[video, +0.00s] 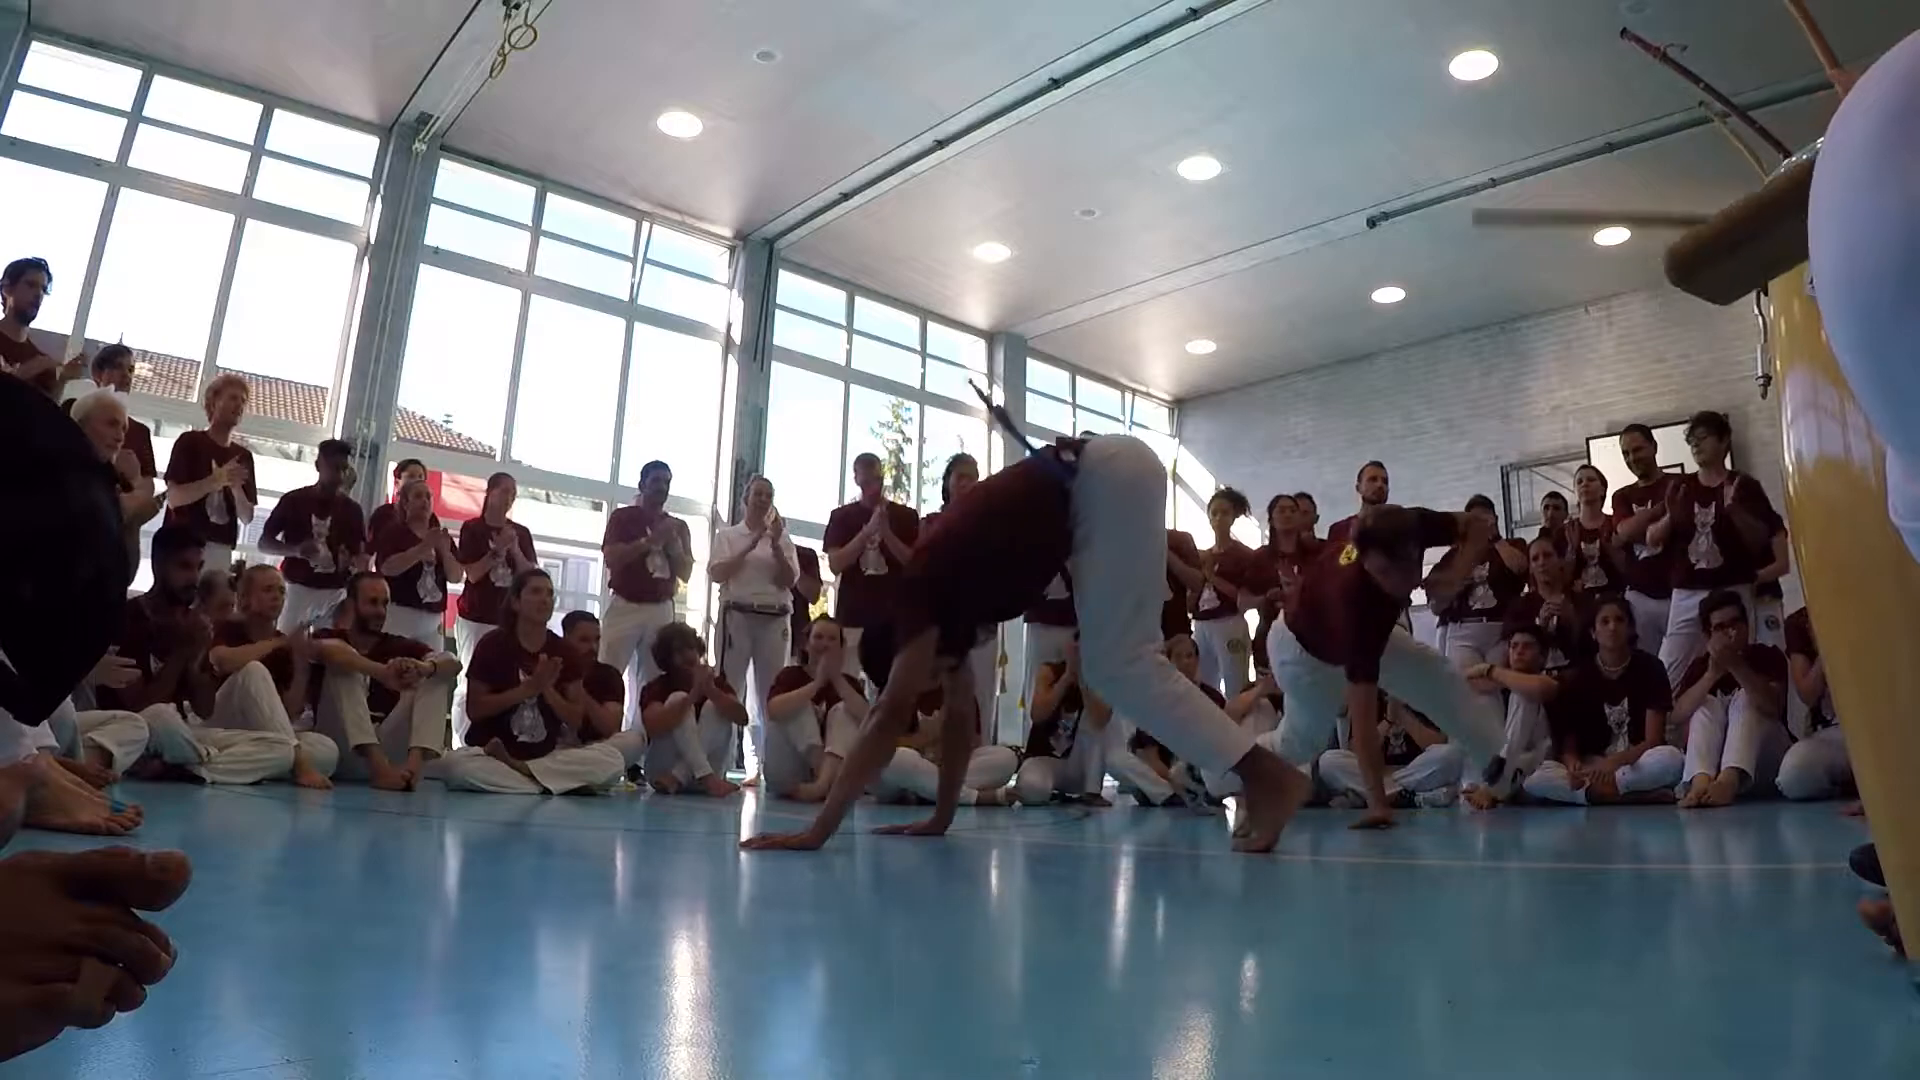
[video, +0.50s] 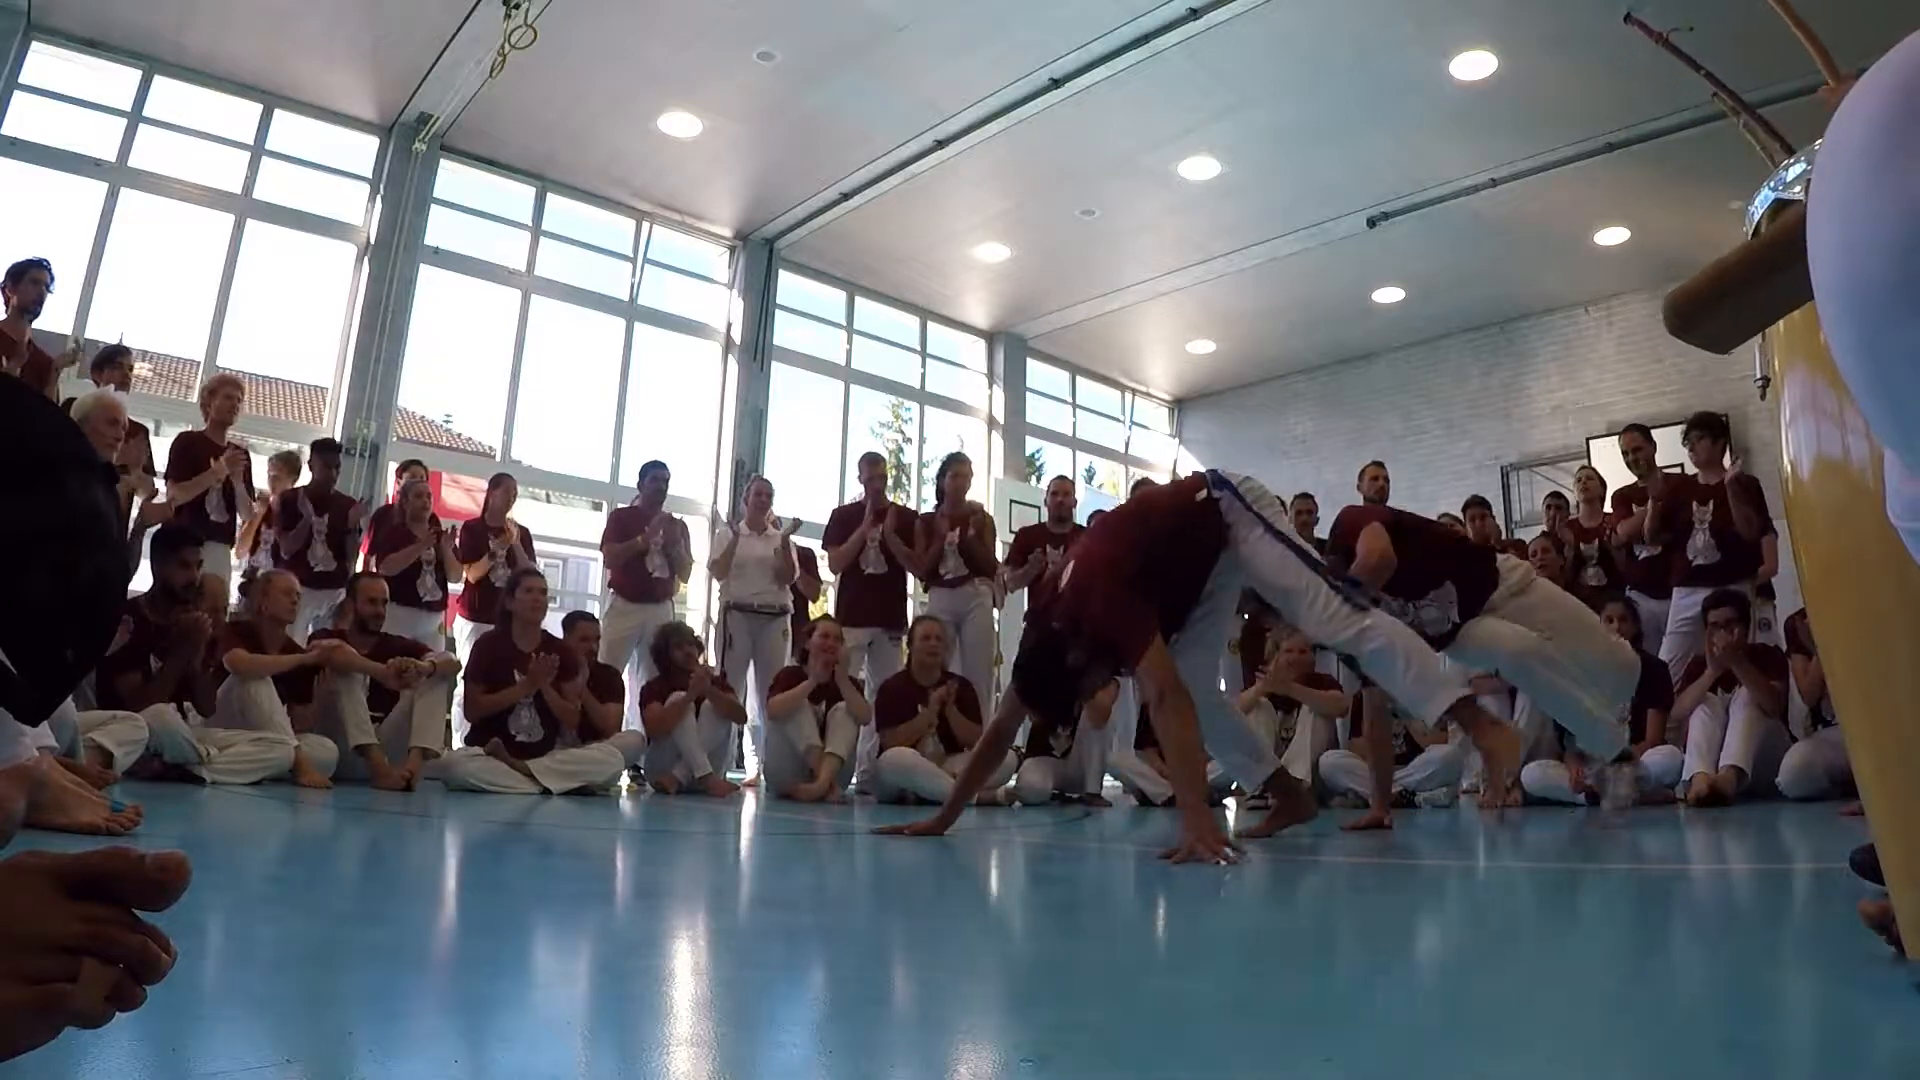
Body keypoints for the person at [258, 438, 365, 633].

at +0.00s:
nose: (339, 475)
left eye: (343, 468)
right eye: (334, 467)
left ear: (348, 470)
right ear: (318, 465)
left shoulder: (352, 510)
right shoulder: (293, 501)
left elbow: (359, 554)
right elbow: (265, 543)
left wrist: (352, 561)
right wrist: (297, 550)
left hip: (336, 593)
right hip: (299, 591)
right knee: (285, 655)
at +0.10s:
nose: (337, 474)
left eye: (340, 468)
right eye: (331, 467)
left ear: (345, 469)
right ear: (316, 465)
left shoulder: (352, 509)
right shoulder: (292, 501)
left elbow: (357, 550)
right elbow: (268, 545)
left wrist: (353, 557)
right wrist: (291, 543)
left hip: (335, 593)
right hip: (298, 589)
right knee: (288, 655)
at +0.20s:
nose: (335, 474)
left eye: (339, 467)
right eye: (329, 467)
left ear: (343, 468)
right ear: (313, 465)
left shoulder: (351, 508)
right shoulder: (291, 501)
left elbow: (357, 551)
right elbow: (278, 552)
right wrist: (299, 533)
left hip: (337, 594)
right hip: (299, 592)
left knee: (333, 660)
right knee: (290, 656)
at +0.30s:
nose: (333, 473)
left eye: (337, 467)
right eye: (327, 466)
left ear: (341, 469)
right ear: (311, 465)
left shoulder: (349, 506)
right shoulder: (292, 500)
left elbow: (352, 558)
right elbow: (285, 550)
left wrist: (342, 535)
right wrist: (320, 534)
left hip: (335, 593)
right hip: (298, 590)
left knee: (328, 661)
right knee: (290, 657)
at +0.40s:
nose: (333, 473)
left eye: (337, 467)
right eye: (327, 466)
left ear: (341, 468)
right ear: (310, 464)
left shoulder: (348, 505)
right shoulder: (290, 498)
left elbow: (350, 557)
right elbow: (286, 549)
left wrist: (344, 526)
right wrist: (314, 535)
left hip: (336, 590)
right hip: (299, 588)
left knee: (329, 660)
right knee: (291, 656)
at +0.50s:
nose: (333, 473)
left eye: (337, 467)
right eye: (327, 466)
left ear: (341, 468)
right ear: (311, 465)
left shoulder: (348, 505)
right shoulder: (287, 499)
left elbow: (351, 557)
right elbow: (287, 548)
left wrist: (354, 527)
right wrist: (306, 522)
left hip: (334, 591)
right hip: (297, 589)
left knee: (328, 661)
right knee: (290, 656)